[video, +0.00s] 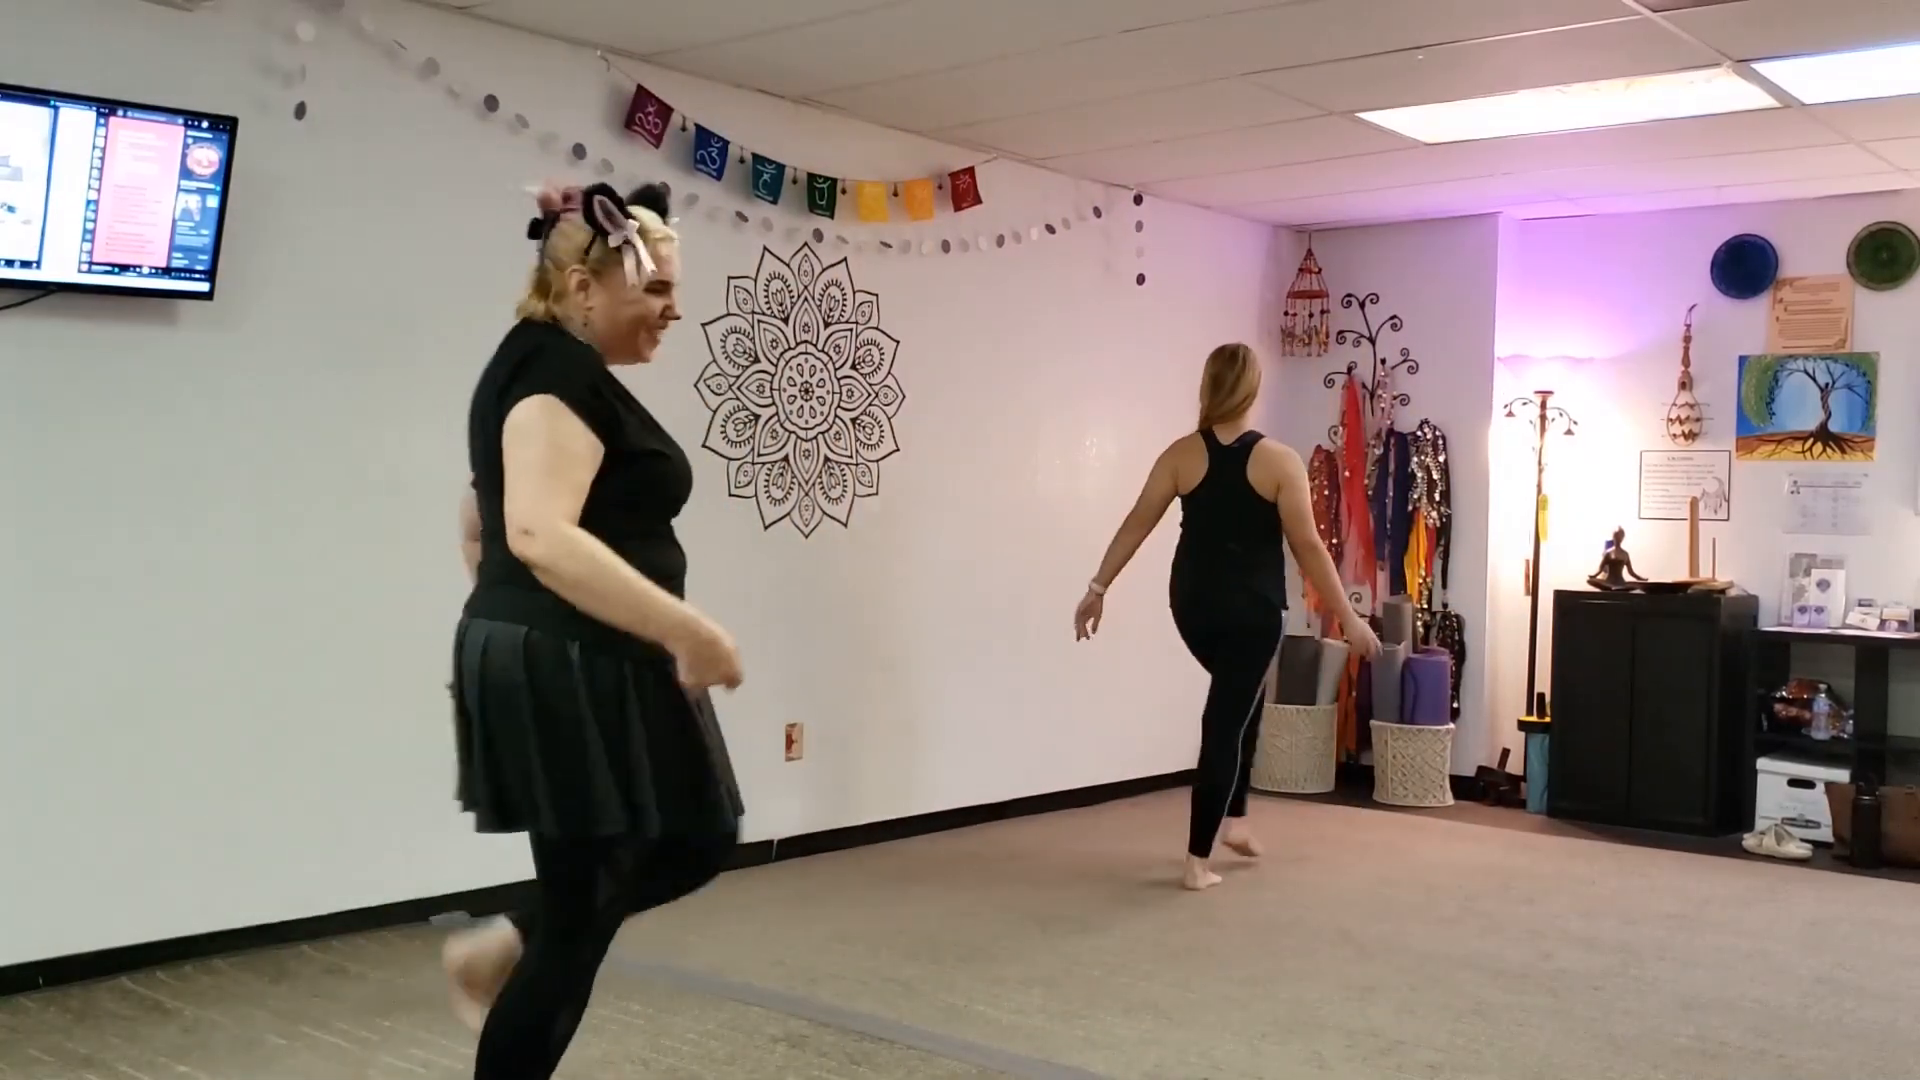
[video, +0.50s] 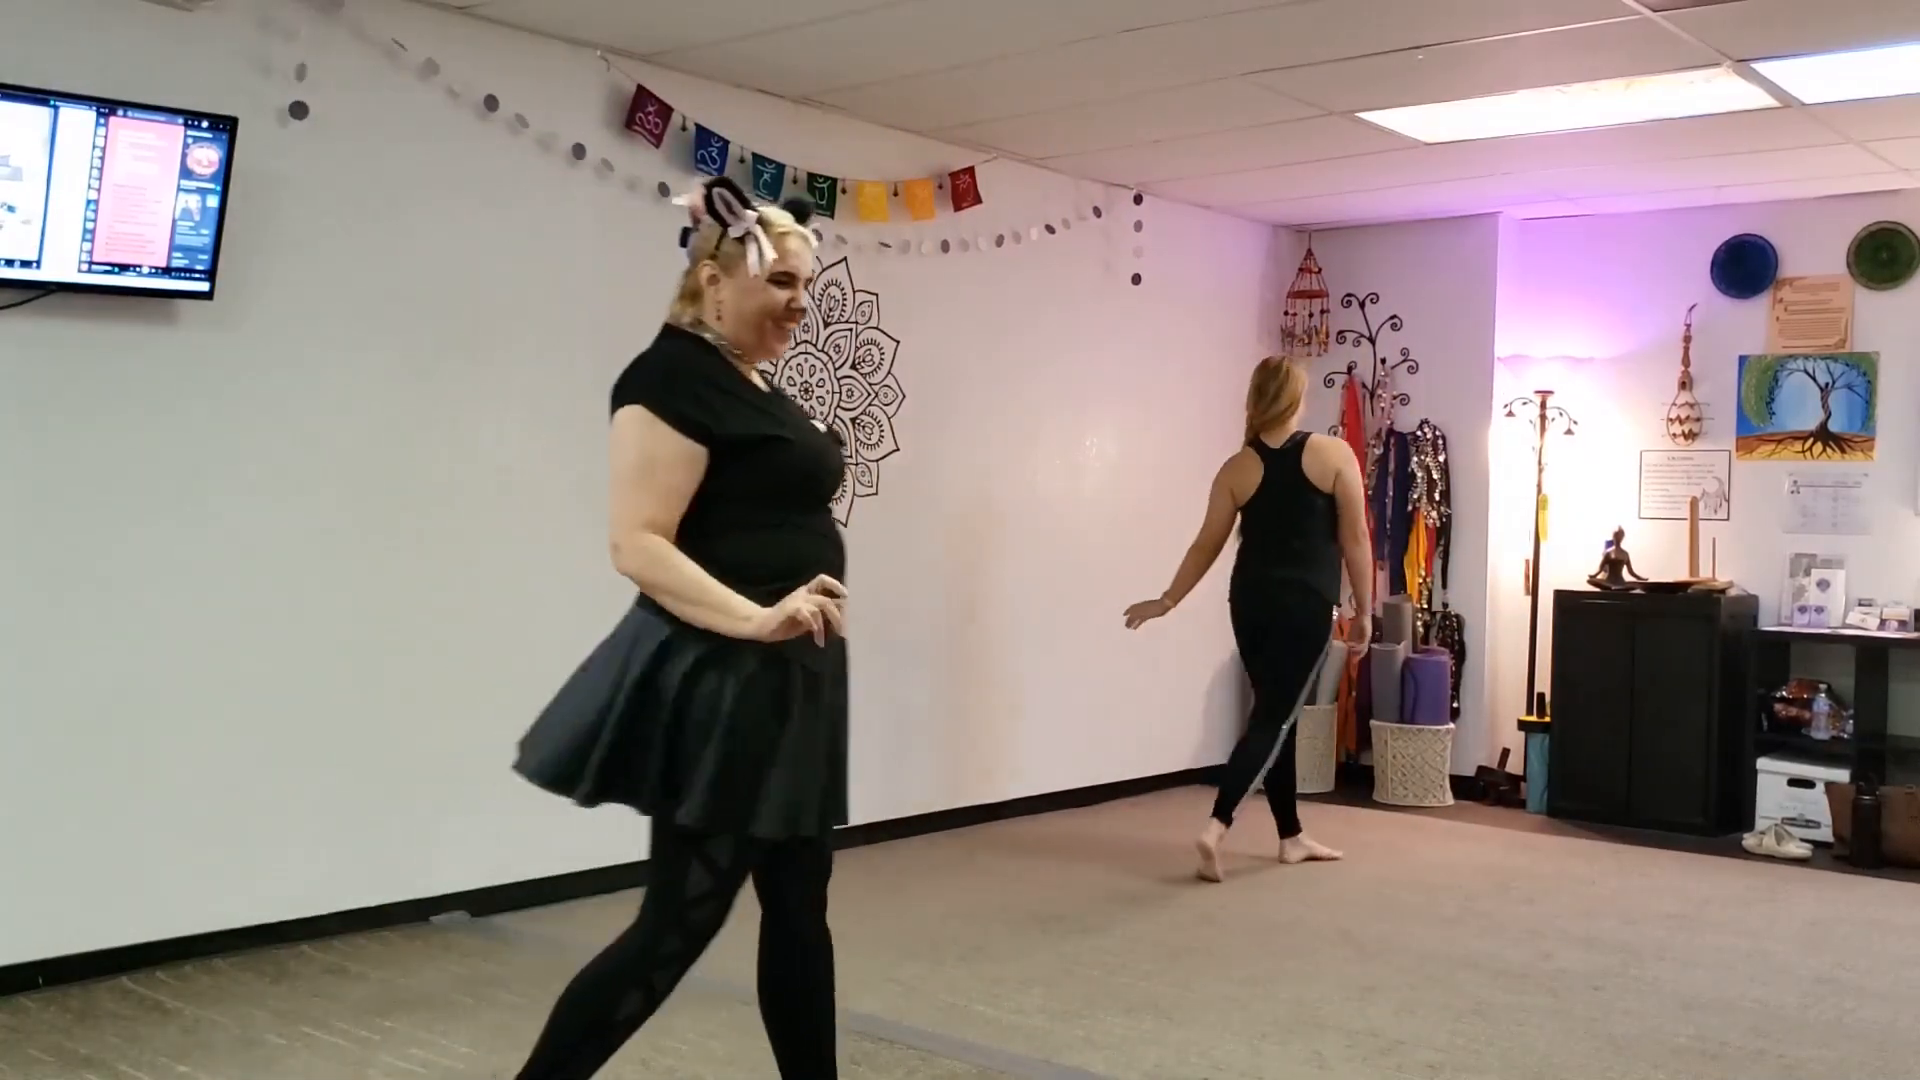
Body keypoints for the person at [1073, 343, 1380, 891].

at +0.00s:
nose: (1256, 391)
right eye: (1257, 384)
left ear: (1206, 389)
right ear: (1255, 392)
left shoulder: (1180, 455)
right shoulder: (1281, 462)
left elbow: (1138, 524)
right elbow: (1309, 549)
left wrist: (1098, 586)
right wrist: (1348, 617)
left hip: (1190, 606)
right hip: (1252, 611)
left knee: (1244, 696)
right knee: (1222, 726)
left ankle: (1234, 820)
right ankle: (1197, 860)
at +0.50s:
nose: (1307, 402)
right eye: (1304, 395)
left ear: (1255, 401)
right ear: (1300, 401)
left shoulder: (1237, 468)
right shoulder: (1334, 455)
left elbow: (1207, 545)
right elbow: (1354, 540)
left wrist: (1167, 600)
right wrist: (1363, 608)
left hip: (1249, 601)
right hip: (1307, 603)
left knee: (1277, 713)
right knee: (1272, 716)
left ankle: (1291, 834)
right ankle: (1217, 824)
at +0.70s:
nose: (1331, 404)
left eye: (1328, 396)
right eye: (1328, 397)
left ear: (1280, 403)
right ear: (1320, 401)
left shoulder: (1262, 470)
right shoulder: (1342, 448)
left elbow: (1248, 544)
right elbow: (1366, 528)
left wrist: (1237, 594)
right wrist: (1385, 597)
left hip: (1273, 602)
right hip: (1323, 600)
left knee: (1295, 711)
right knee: (1348, 715)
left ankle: (1296, 836)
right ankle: (1256, 784)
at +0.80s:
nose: (1345, 407)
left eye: (1345, 399)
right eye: (1343, 399)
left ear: (1296, 402)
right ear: (1328, 401)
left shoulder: (1277, 464)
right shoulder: (1337, 444)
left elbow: (1274, 542)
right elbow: (1355, 523)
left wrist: (1280, 588)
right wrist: (1389, 591)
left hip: (1281, 596)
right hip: (1326, 596)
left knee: (1306, 708)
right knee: (1376, 704)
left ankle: (1297, 836)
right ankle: (1283, 772)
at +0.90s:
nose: (1361, 400)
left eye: (1360, 392)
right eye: (1356, 393)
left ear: (1320, 399)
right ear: (1333, 398)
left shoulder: (1305, 448)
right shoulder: (1329, 444)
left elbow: (1317, 530)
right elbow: (1341, 525)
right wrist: (1388, 591)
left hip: (1296, 592)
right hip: (1327, 593)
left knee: (1312, 707)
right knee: (1396, 691)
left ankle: (1298, 837)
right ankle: (1318, 777)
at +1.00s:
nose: (1373, 399)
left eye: (1372, 391)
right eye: (1366, 391)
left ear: (1335, 397)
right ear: (1339, 396)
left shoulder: (1332, 446)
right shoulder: (1325, 445)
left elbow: (1336, 526)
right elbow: (1325, 523)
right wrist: (1375, 584)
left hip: (1312, 593)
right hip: (1329, 594)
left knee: (1315, 710)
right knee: (1409, 688)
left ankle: (1296, 834)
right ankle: (1362, 802)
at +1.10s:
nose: (1387, 396)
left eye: (1386, 388)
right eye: (1377, 388)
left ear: (1362, 397)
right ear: (1347, 395)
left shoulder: (1357, 452)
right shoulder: (1331, 446)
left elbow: (1368, 538)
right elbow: (1313, 523)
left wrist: (1401, 590)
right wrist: (1358, 585)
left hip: (1330, 593)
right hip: (1337, 592)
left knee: (1318, 706)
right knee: (1406, 691)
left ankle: (1295, 832)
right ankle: (1416, 820)